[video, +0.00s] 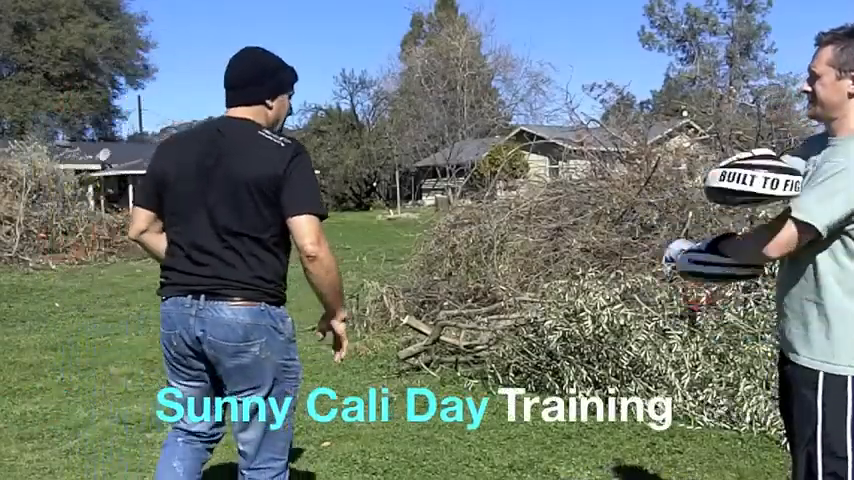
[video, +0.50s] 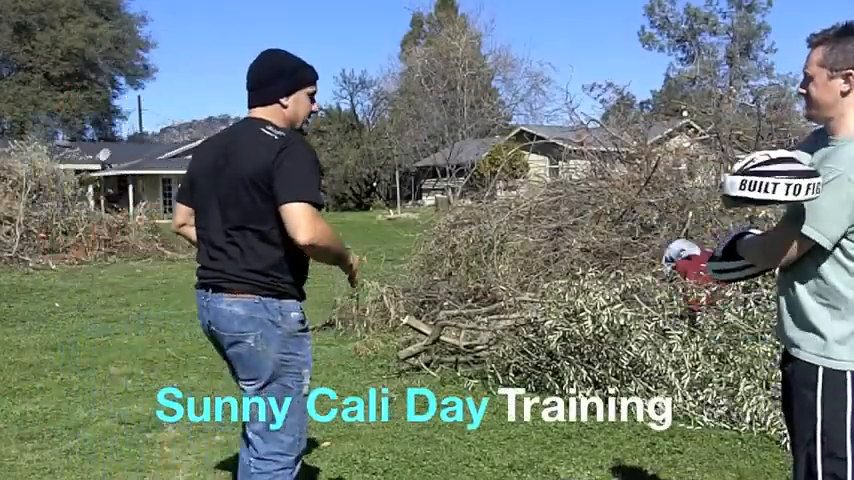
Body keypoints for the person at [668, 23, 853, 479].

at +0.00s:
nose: (804, 87)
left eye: (815, 77)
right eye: (808, 77)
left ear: (849, 84)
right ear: (842, 84)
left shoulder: (845, 158)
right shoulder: (816, 148)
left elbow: (773, 245)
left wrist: (696, 254)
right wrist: (717, 253)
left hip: (833, 356)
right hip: (803, 348)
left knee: (827, 470)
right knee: (809, 465)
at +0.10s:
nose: (804, 87)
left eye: (814, 77)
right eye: (807, 76)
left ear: (848, 84)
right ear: (842, 84)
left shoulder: (843, 158)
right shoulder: (821, 146)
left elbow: (774, 243)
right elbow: (782, 238)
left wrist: (703, 252)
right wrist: (717, 251)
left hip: (832, 354)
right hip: (805, 347)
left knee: (827, 469)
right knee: (809, 464)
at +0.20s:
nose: (802, 87)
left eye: (811, 77)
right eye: (804, 76)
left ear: (847, 83)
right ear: (841, 83)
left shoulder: (842, 157)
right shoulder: (821, 145)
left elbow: (772, 243)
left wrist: (737, 240)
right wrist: (757, 232)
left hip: (832, 349)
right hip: (808, 343)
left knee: (827, 469)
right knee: (811, 464)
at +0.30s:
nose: (801, 87)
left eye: (810, 77)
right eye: (804, 76)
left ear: (846, 83)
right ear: (841, 83)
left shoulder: (841, 160)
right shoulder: (823, 148)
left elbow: (771, 243)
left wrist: (741, 239)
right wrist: (764, 233)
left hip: (831, 348)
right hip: (810, 343)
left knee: (827, 469)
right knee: (812, 464)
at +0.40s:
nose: (800, 89)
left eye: (808, 78)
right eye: (803, 78)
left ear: (845, 83)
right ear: (841, 83)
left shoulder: (841, 159)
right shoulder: (822, 146)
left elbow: (781, 243)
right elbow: (790, 223)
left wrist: (746, 241)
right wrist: (760, 239)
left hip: (832, 352)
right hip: (809, 347)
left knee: (827, 469)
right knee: (811, 465)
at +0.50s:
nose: (801, 90)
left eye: (809, 80)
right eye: (803, 79)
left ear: (845, 84)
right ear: (840, 83)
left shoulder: (844, 161)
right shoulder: (817, 146)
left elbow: (780, 251)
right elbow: (777, 230)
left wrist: (737, 244)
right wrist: (723, 265)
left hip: (833, 354)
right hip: (806, 346)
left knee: (828, 469)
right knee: (811, 465)